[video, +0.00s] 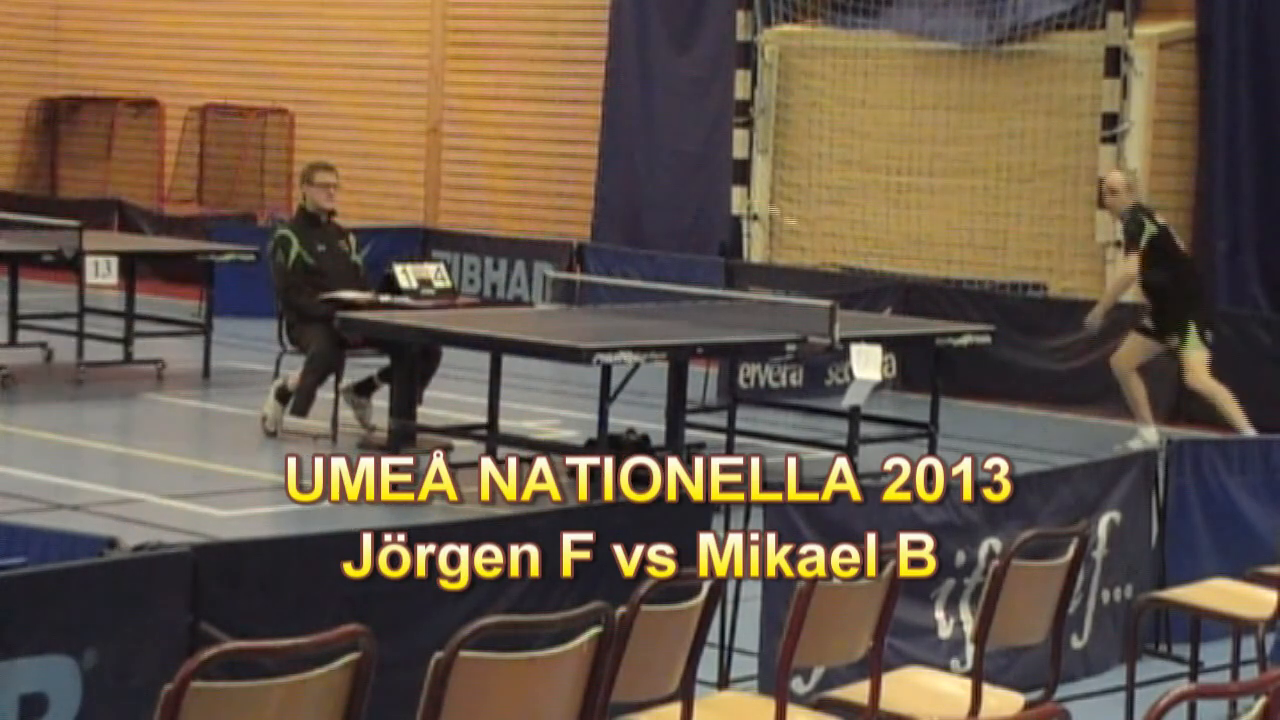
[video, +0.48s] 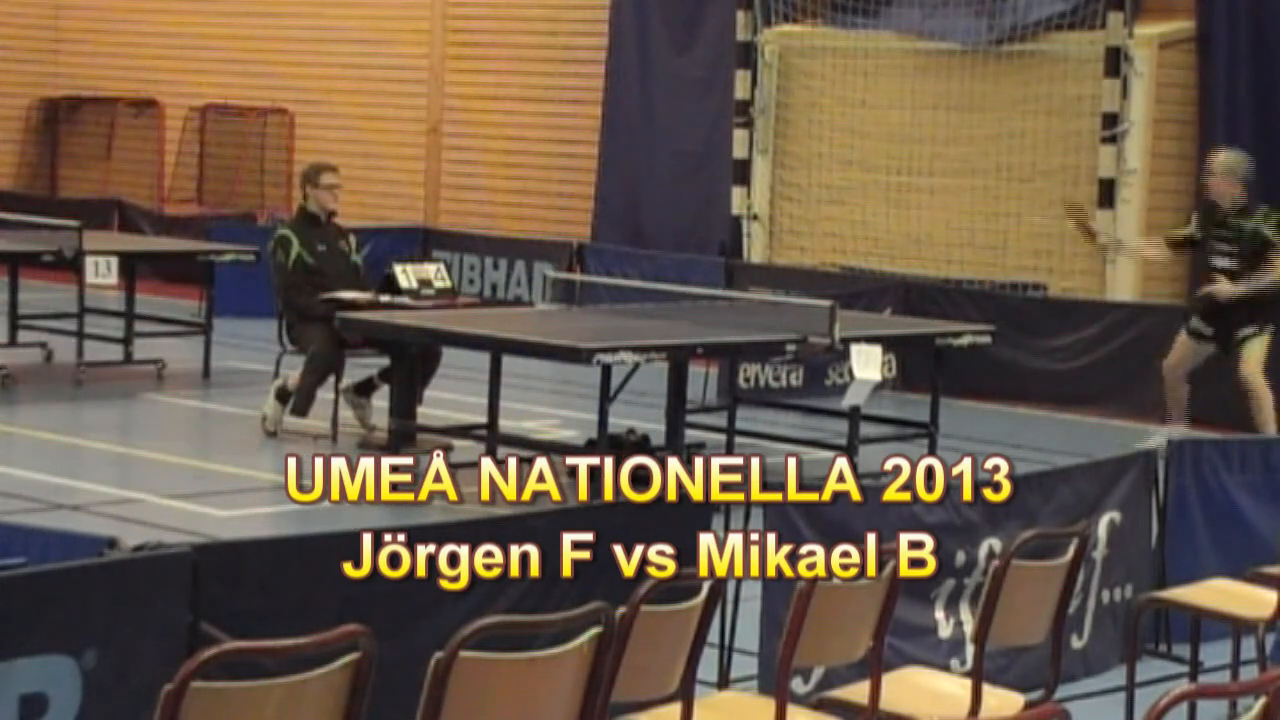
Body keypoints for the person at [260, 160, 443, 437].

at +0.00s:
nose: (331, 192)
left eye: (334, 187)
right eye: (323, 186)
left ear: (338, 190)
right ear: (305, 190)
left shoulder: (343, 235)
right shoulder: (288, 236)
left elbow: (360, 281)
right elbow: (291, 293)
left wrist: (367, 303)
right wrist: (334, 310)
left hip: (353, 318)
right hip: (311, 319)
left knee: (425, 352)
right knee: (328, 354)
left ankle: (361, 391)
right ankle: (285, 392)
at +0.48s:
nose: (336, 194)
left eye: (338, 188)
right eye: (329, 188)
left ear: (340, 191)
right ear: (308, 190)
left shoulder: (343, 235)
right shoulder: (289, 236)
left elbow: (358, 282)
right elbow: (293, 296)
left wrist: (369, 301)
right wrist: (340, 307)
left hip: (352, 318)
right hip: (310, 319)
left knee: (425, 351)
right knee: (328, 353)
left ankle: (362, 391)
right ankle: (284, 393)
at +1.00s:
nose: (313, 192)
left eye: (320, 187)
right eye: (307, 186)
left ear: (330, 191)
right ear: (298, 190)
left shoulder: (343, 235)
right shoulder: (287, 236)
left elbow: (358, 281)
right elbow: (291, 295)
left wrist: (367, 302)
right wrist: (336, 309)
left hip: (351, 318)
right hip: (309, 319)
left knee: (425, 351)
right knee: (328, 353)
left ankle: (362, 391)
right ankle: (285, 392)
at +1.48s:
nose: (313, 193)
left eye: (320, 188)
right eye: (307, 187)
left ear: (331, 191)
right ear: (299, 190)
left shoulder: (343, 235)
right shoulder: (288, 236)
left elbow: (358, 280)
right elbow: (289, 293)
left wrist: (367, 302)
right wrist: (335, 309)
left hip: (351, 318)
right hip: (309, 319)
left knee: (425, 351)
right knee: (328, 352)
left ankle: (362, 391)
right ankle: (285, 392)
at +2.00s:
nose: (348, 206)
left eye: (352, 200)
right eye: (344, 197)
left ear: (353, 201)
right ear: (325, 192)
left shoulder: (348, 237)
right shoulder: (297, 233)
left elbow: (361, 280)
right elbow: (307, 283)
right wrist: (354, 277)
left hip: (350, 313)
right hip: (309, 313)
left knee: (425, 351)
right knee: (327, 355)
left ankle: (361, 391)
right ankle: (283, 392)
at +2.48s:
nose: (363, 210)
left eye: (368, 204)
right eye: (359, 200)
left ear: (370, 206)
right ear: (341, 194)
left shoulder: (354, 237)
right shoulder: (313, 227)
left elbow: (363, 281)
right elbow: (335, 276)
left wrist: (397, 280)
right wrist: (379, 282)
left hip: (349, 312)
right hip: (310, 311)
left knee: (425, 350)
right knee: (328, 355)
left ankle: (361, 391)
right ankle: (283, 392)